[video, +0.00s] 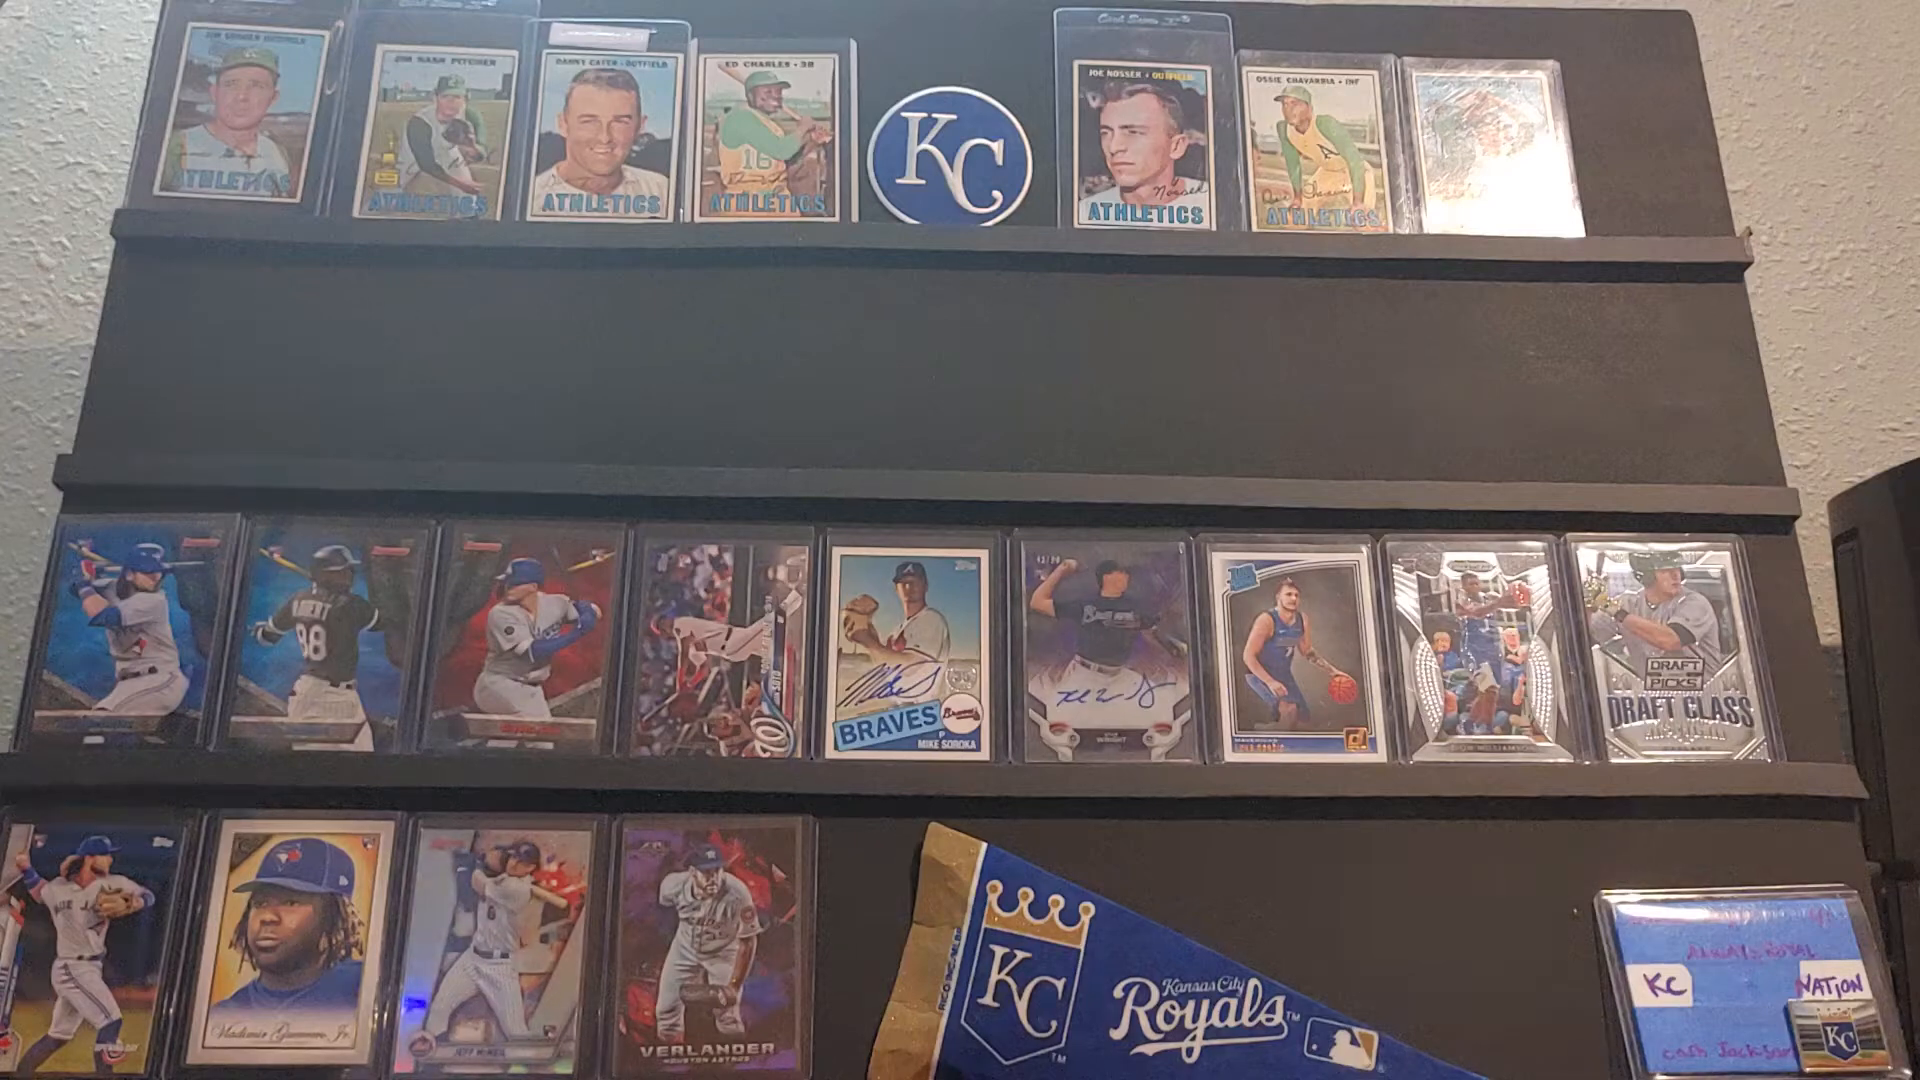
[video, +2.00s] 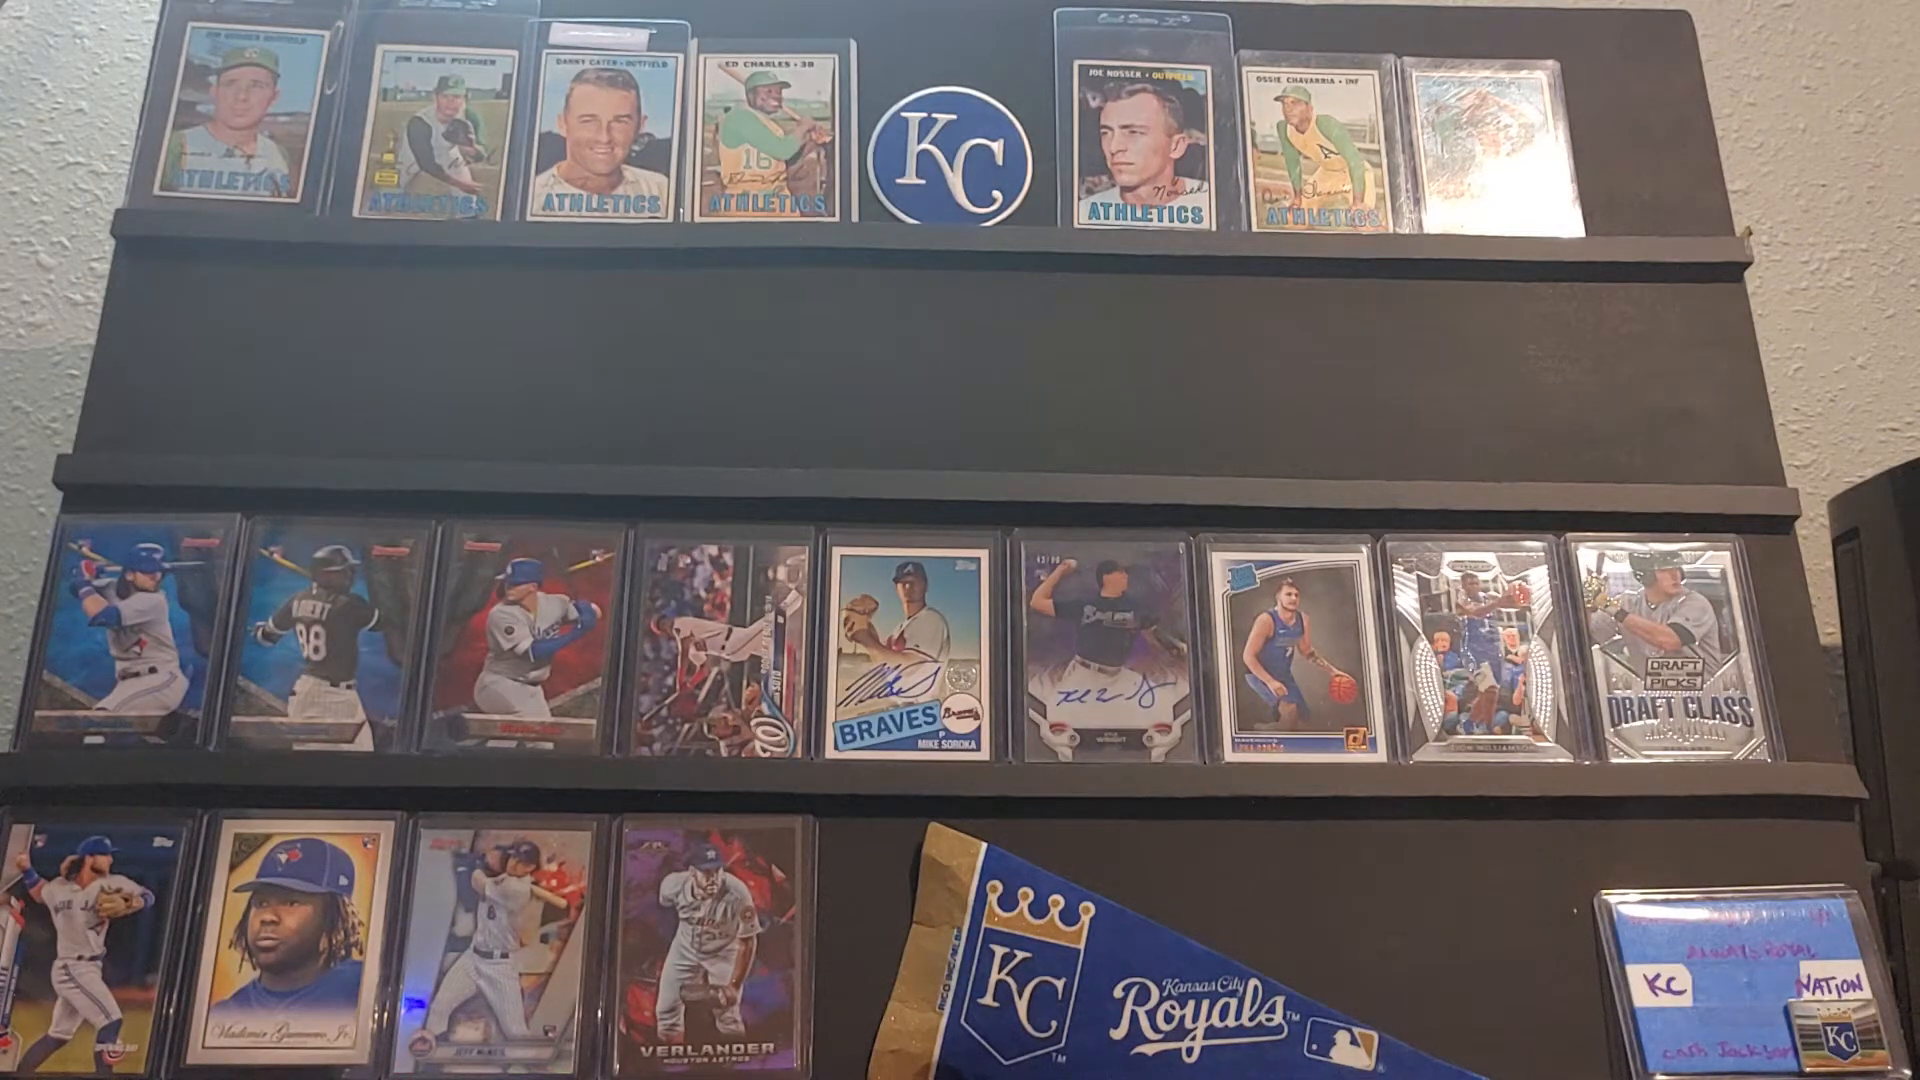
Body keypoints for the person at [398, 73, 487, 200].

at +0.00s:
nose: (451, 102)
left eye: (457, 97)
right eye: (446, 97)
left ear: (464, 100)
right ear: (437, 98)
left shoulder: (470, 116)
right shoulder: (419, 122)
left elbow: (480, 153)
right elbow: (427, 166)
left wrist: (470, 150)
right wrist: (462, 185)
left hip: (454, 165)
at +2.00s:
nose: (451, 102)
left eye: (457, 97)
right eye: (445, 96)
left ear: (464, 100)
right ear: (436, 97)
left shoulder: (467, 117)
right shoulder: (419, 123)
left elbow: (481, 154)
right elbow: (428, 166)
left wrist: (469, 150)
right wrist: (462, 185)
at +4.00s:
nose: (450, 102)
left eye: (456, 97)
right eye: (444, 96)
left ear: (465, 101)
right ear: (436, 98)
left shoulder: (468, 117)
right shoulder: (419, 123)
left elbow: (481, 154)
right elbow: (427, 165)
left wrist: (470, 151)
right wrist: (462, 185)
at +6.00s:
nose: (450, 101)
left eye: (456, 97)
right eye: (445, 96)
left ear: (464, 100)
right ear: (436, 98)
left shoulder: (470, 117)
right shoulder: (419, 123)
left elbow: (481, 153)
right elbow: (427, 165)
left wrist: (469, 149)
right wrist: (461, 185)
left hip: (454, 164)